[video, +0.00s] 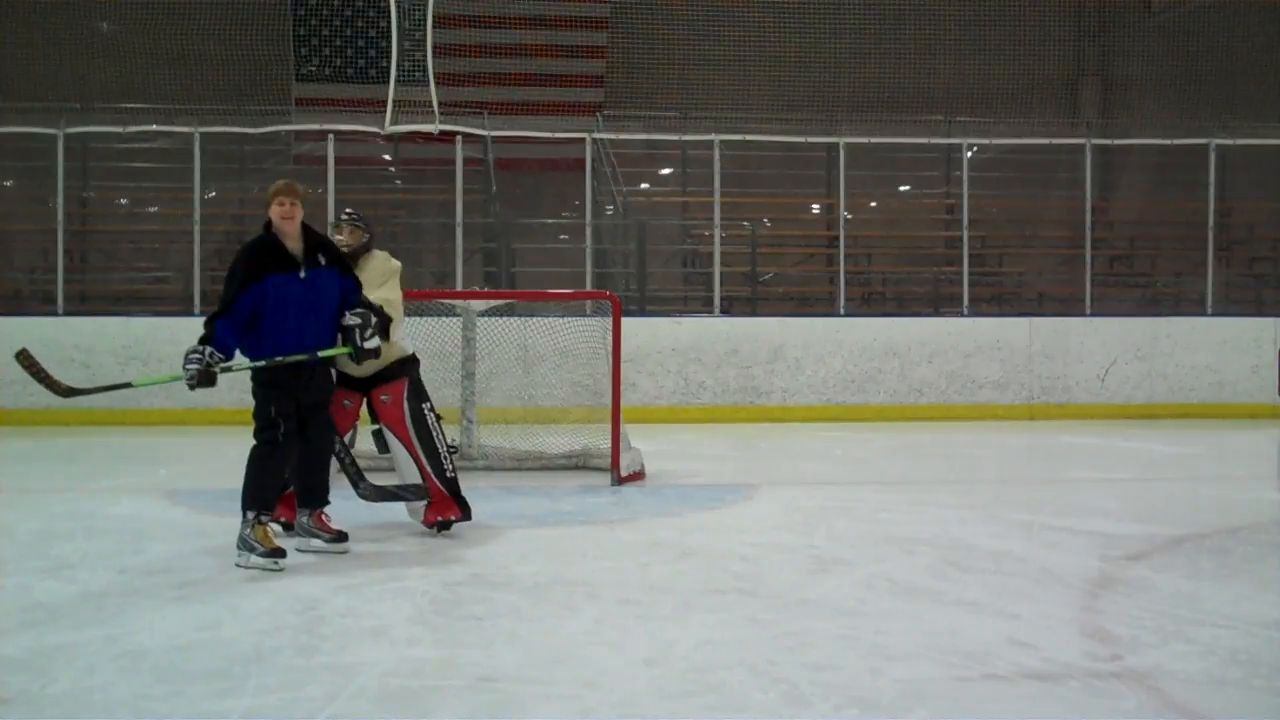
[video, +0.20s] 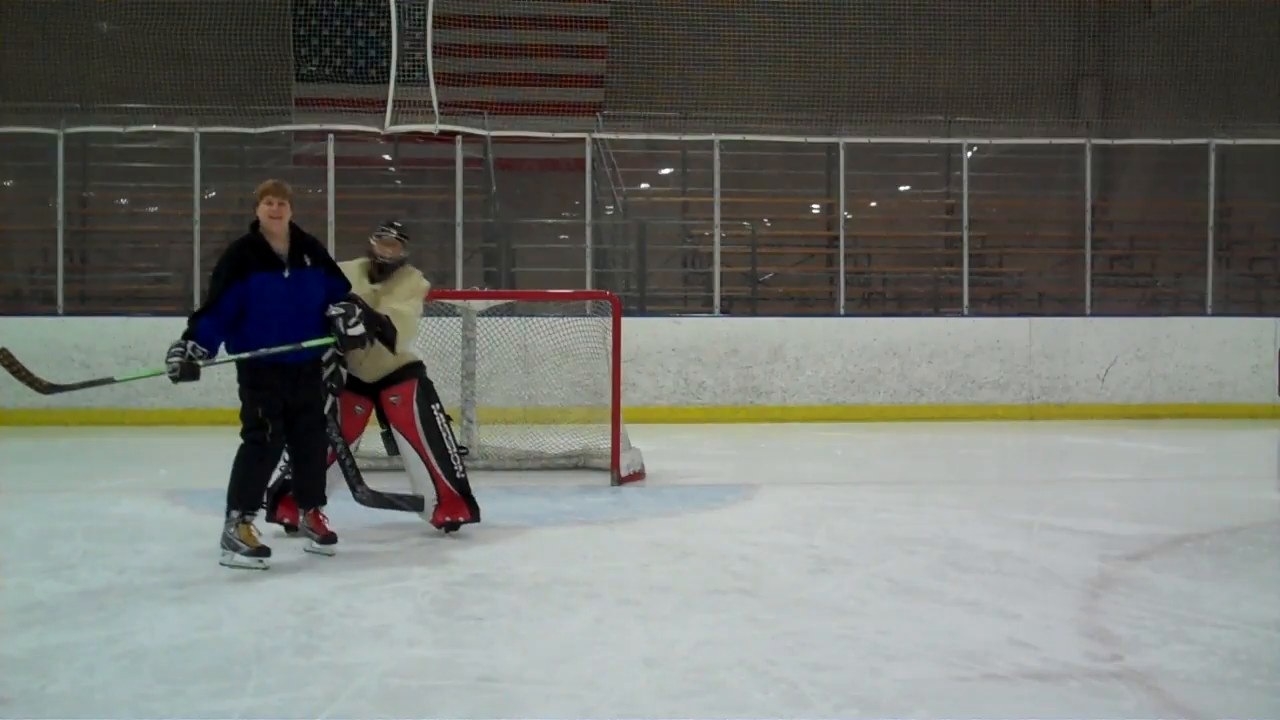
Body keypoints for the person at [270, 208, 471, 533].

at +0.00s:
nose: (345, 238)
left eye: (353, 233)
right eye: (339, 232)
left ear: (366, 237)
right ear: (332, 236)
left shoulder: (382, 266)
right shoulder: (327, 268)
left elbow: (387, 307)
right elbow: (312, 307)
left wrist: (367, 325)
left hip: (390, 368)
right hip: (342, 371)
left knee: (420, 434)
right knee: (318, 438)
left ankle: (445, 502)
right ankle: (290, 502)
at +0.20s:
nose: (386, 251)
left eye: (394, 245)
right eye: (381, 243)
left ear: (404, 250)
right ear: (372, 244)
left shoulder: (412, 284)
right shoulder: (346, 273)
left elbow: (400, 334)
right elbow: (317, 303)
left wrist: (363, 315)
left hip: (397, 372)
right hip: (351, 373)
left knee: (426, 435)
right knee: (329, 440)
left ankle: (453, 502)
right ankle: (290, 500)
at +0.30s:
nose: (403, 256)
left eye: (410, 251)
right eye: (398, 248)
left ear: (420, 256)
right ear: (388, 250)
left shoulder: (430, 290)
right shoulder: (359, 276)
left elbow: (418, 338)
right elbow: (326, 302)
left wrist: (374, 331)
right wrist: (343, 326)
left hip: (407, 377)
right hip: (359, 376)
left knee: (430, 440)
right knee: (337, 441)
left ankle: (455, 506)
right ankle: (294, 502)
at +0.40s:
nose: (416, 255)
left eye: (424, 250)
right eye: (412, 247)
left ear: (434, 256)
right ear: (401, 249)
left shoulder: (445, 292)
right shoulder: (370, 278)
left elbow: (447, 344)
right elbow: (345, 321)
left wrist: (406, 356)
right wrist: (359, 350)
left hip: (419, 377)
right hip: (370, 372)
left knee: (431, 426)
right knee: (347, 434)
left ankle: (462, 503)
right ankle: (298, 502)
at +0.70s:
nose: (425, 261)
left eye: (433, 256)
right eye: (420, 253)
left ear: (444, 259)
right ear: (411, 253)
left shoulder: (461, 296)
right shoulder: (382, 283)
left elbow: (465, 354)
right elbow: (358, 333)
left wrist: (441, 388)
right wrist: (351, 372)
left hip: (431, 378)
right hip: (382, 375)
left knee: (450, 435)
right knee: (352, 431)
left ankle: (473, 505)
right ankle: (328, 507)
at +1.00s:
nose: (396, 262)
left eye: (404, 256)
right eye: (392, 255)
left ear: (419, 259)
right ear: (385, 257)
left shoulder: (440, 295)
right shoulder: (362, 285)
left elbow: (456, 348)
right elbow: (332, 323)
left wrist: (440, 379)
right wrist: (317, 356)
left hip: (417, 379)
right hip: (364, 375)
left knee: (443, 433)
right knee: (340, 435)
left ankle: (478, 497)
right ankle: (317, 506)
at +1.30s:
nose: (356, 264)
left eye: (363, 258)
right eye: (350, 258)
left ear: (377, 262)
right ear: (342, 261)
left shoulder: (399, 291)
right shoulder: (324, 290)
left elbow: (416, 346)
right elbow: (301, 344)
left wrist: (407, 377)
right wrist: (309, 392)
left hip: (392, 379)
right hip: (341, 382)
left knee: (426, 428)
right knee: (333, 430)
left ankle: (435, 500)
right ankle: (300, 502)